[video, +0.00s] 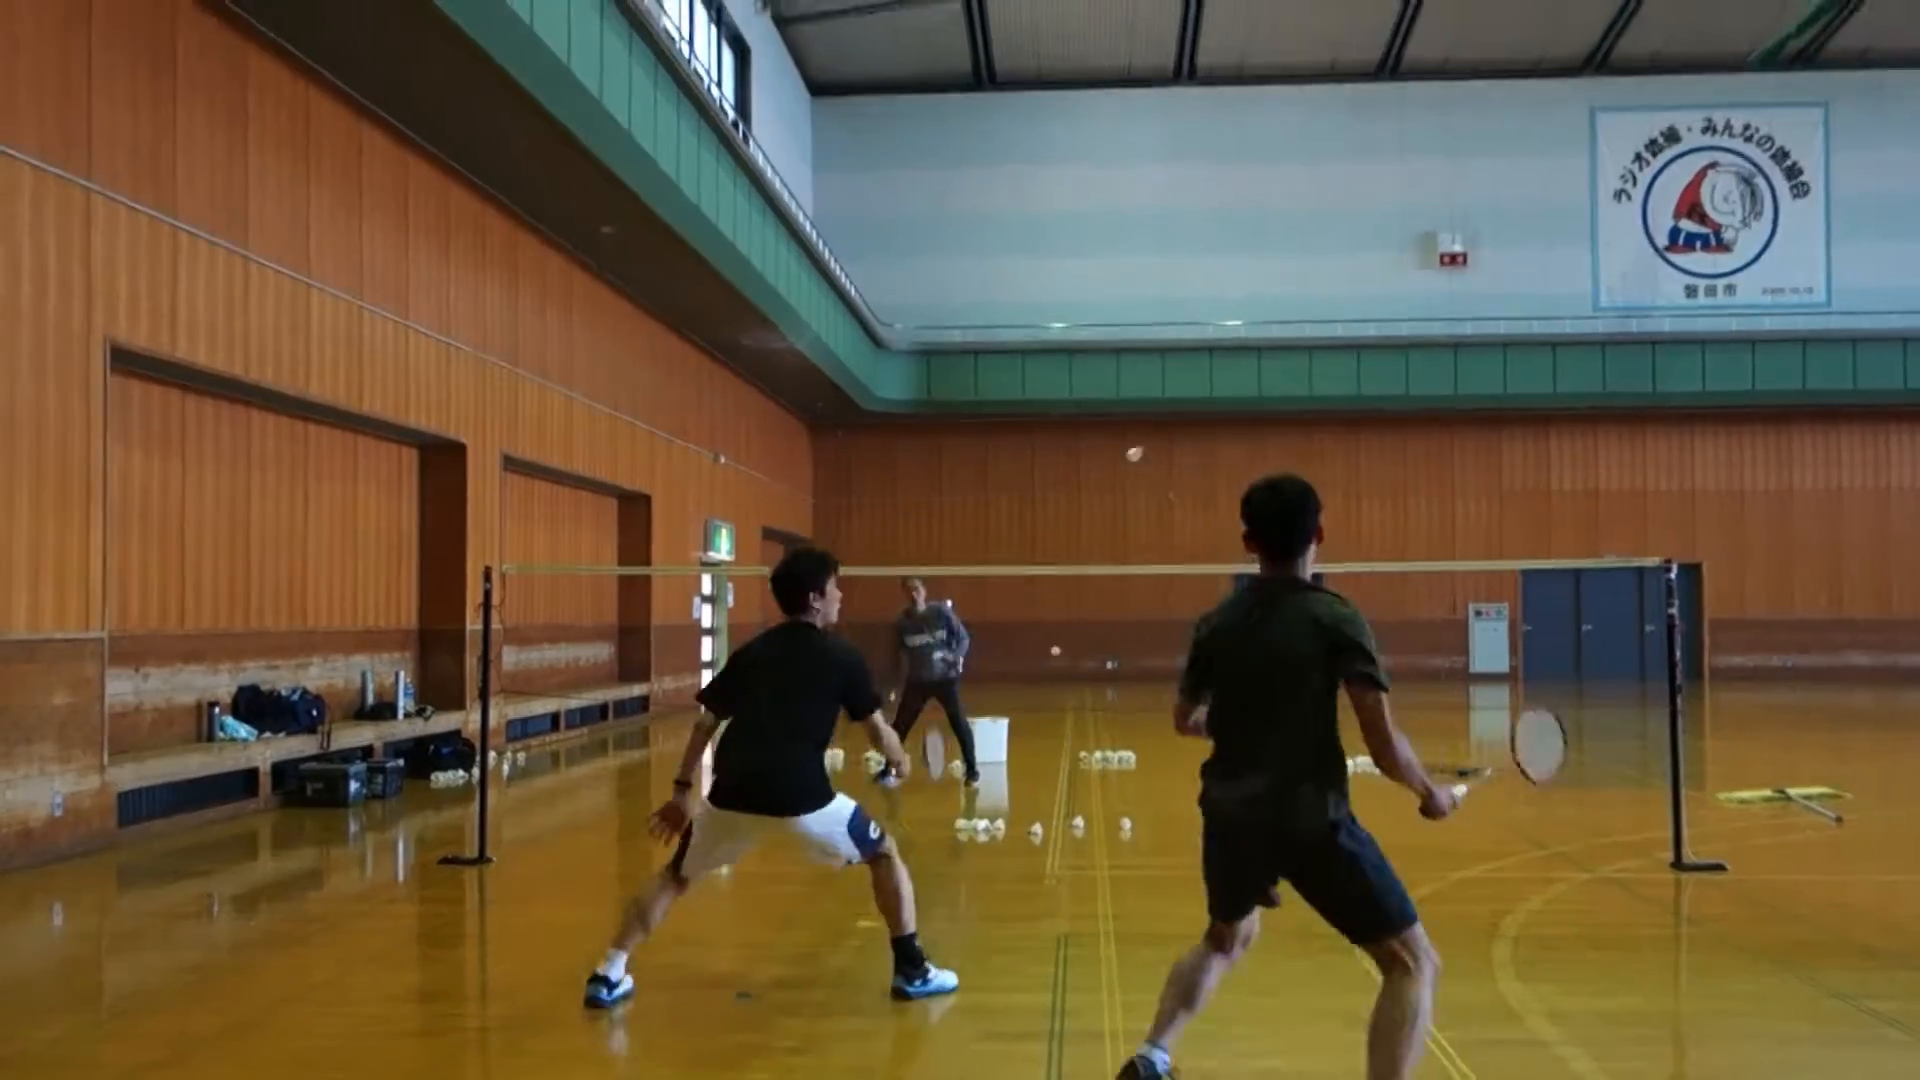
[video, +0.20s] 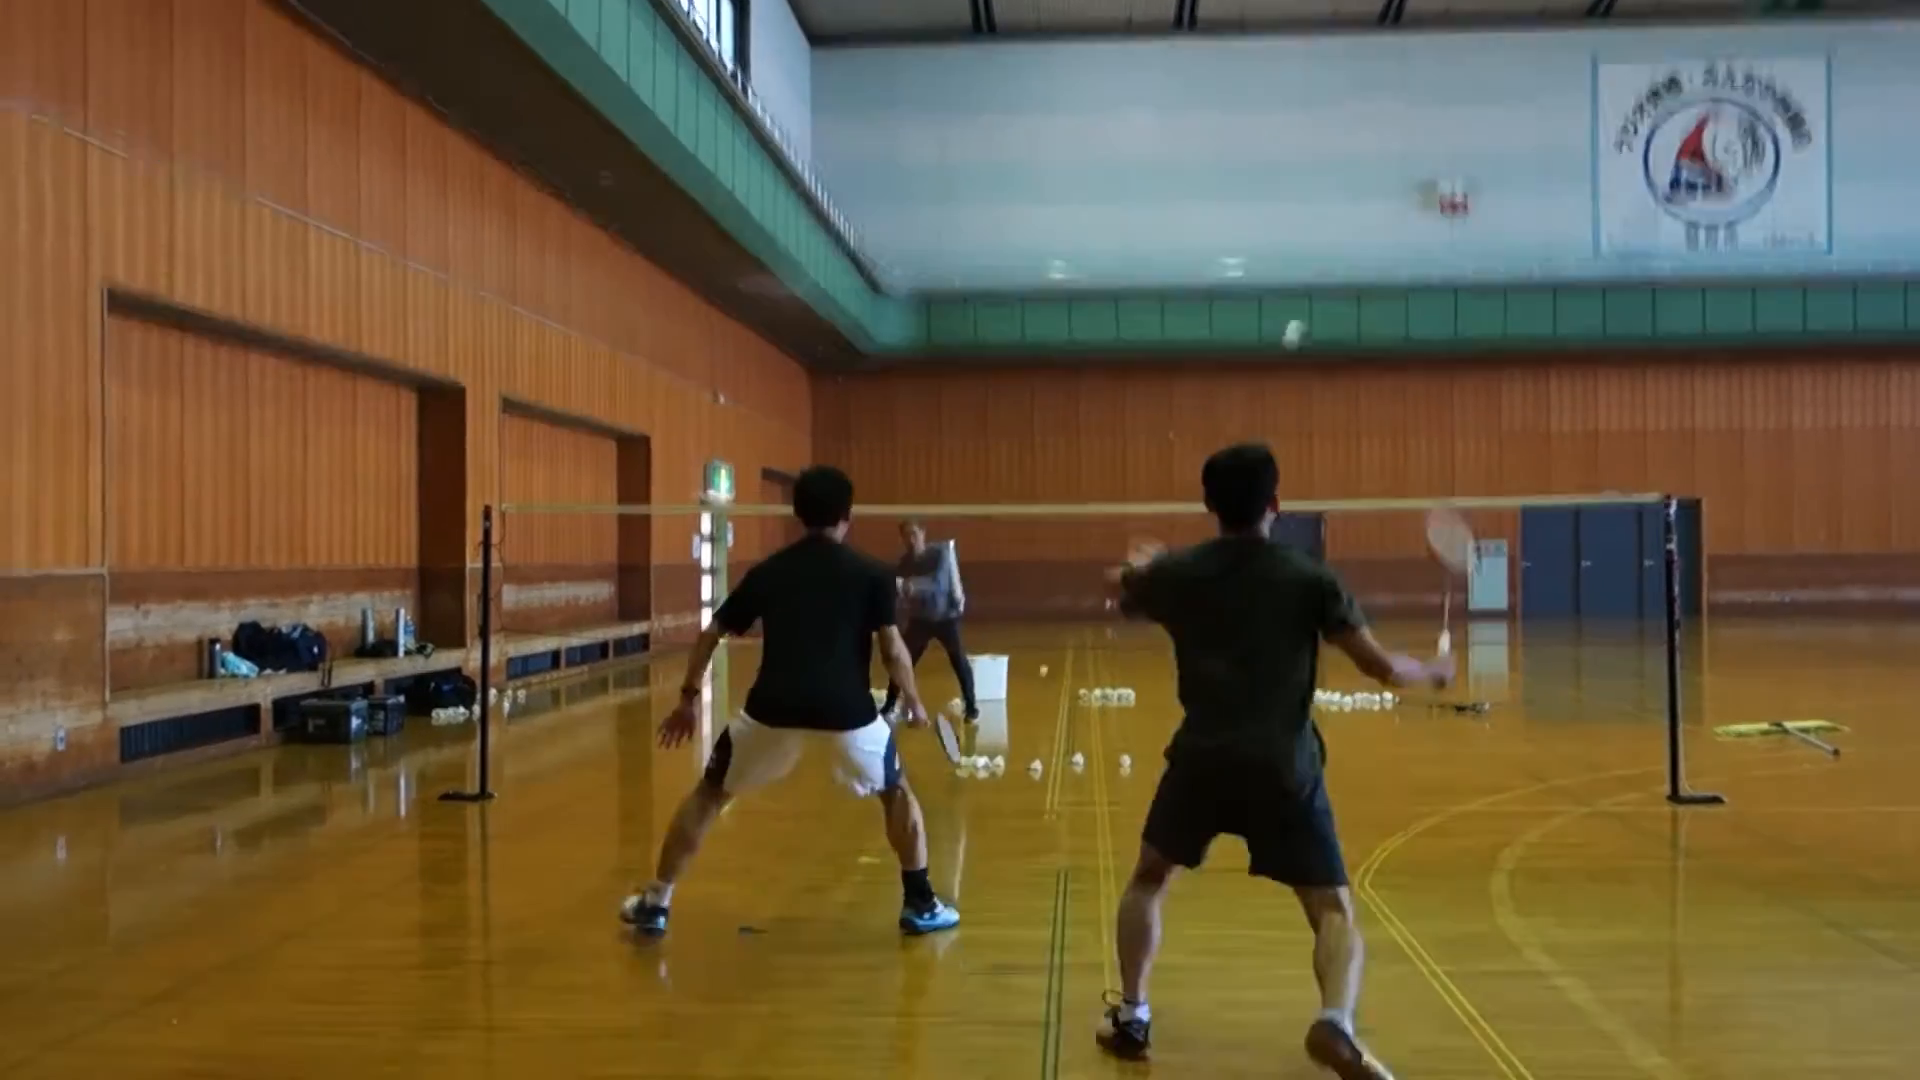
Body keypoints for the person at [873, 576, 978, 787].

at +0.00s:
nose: (914, 595)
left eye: (916, 589)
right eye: (910, 591)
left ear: (924, 590)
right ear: (905, 594)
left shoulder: (941, 612)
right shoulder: (903, 622)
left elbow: (963, 637)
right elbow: (901, 656)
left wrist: (958, 658)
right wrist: (898, 686)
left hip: (944, 678)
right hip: (917, 681)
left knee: (958, 723)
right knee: (900, 725)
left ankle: (971, 768)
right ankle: (888, 767)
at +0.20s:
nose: (912, 539)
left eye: (915, 534)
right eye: (907, 535)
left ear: (922, 533)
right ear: (903, 538)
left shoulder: (941, 554)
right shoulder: (905, 563)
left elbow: (939, 585)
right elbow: (902, 594)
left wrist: (910, 585)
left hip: (945, 618)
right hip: (919, 620)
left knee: (958, 660)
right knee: (902, 662)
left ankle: (970, 704)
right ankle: (889, 705)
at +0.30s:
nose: (915, 510)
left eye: (917, 505)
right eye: (910, 506)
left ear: (925, 505)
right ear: (905, 510)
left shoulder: (943, 526)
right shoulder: (905, 537)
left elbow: (948, 564)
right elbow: (900, 569)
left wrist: (922, 576)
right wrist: (911, 578)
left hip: (946, 590)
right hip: (920, 593)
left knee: (960, 632)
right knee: (903, 635)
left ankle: (971, 678)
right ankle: (890, 680)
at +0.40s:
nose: (917, 507)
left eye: (920, 502)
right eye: (912, 504)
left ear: (928, 503)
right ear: (908, 507)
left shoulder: (943, 523)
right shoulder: (906, 536)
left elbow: (956, 552)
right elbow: (906, 565)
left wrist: (948, 576)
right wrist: (915, 587)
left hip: (947, 590)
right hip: (921, 592)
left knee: (961, 632)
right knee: (904, 636)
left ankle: (971, 677)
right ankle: (888, 677)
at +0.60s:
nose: (919, 534)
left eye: (922, 529)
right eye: (914, 530)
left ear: (928, 531)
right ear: (908, 535)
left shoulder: (945, 553)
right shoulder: (904, 565)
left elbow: (963, 580)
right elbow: (906, 596)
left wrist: (958, 607)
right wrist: (924, 612)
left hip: (946, 618)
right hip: (919, 621)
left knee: (960, 661)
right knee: (900, 664)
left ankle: (970, 708)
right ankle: (888, 709)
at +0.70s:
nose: (919, 549)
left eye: (922, 544)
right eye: (915, 546)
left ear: (928, 547)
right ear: (909, 550)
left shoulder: (945, 569)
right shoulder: (905, 579)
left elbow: (962, 595)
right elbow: (902, 611)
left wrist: (952, 614)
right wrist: (910, 639)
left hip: (947, 634)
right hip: (921, 637)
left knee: (962, 677)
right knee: (900, 679)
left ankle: (972, 723)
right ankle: (889, 724)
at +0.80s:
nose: (915, 553)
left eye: (918, 547)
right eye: (910, 549)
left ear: (925, 549)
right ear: (905, 553)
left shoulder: (941, 571)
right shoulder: (904, 580)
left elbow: (956, 599)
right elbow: (896, 612)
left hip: (946, 634)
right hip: (920, 636)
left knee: (961, 677)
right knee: (905, 681)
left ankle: (972, 723)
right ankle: (890, 723)